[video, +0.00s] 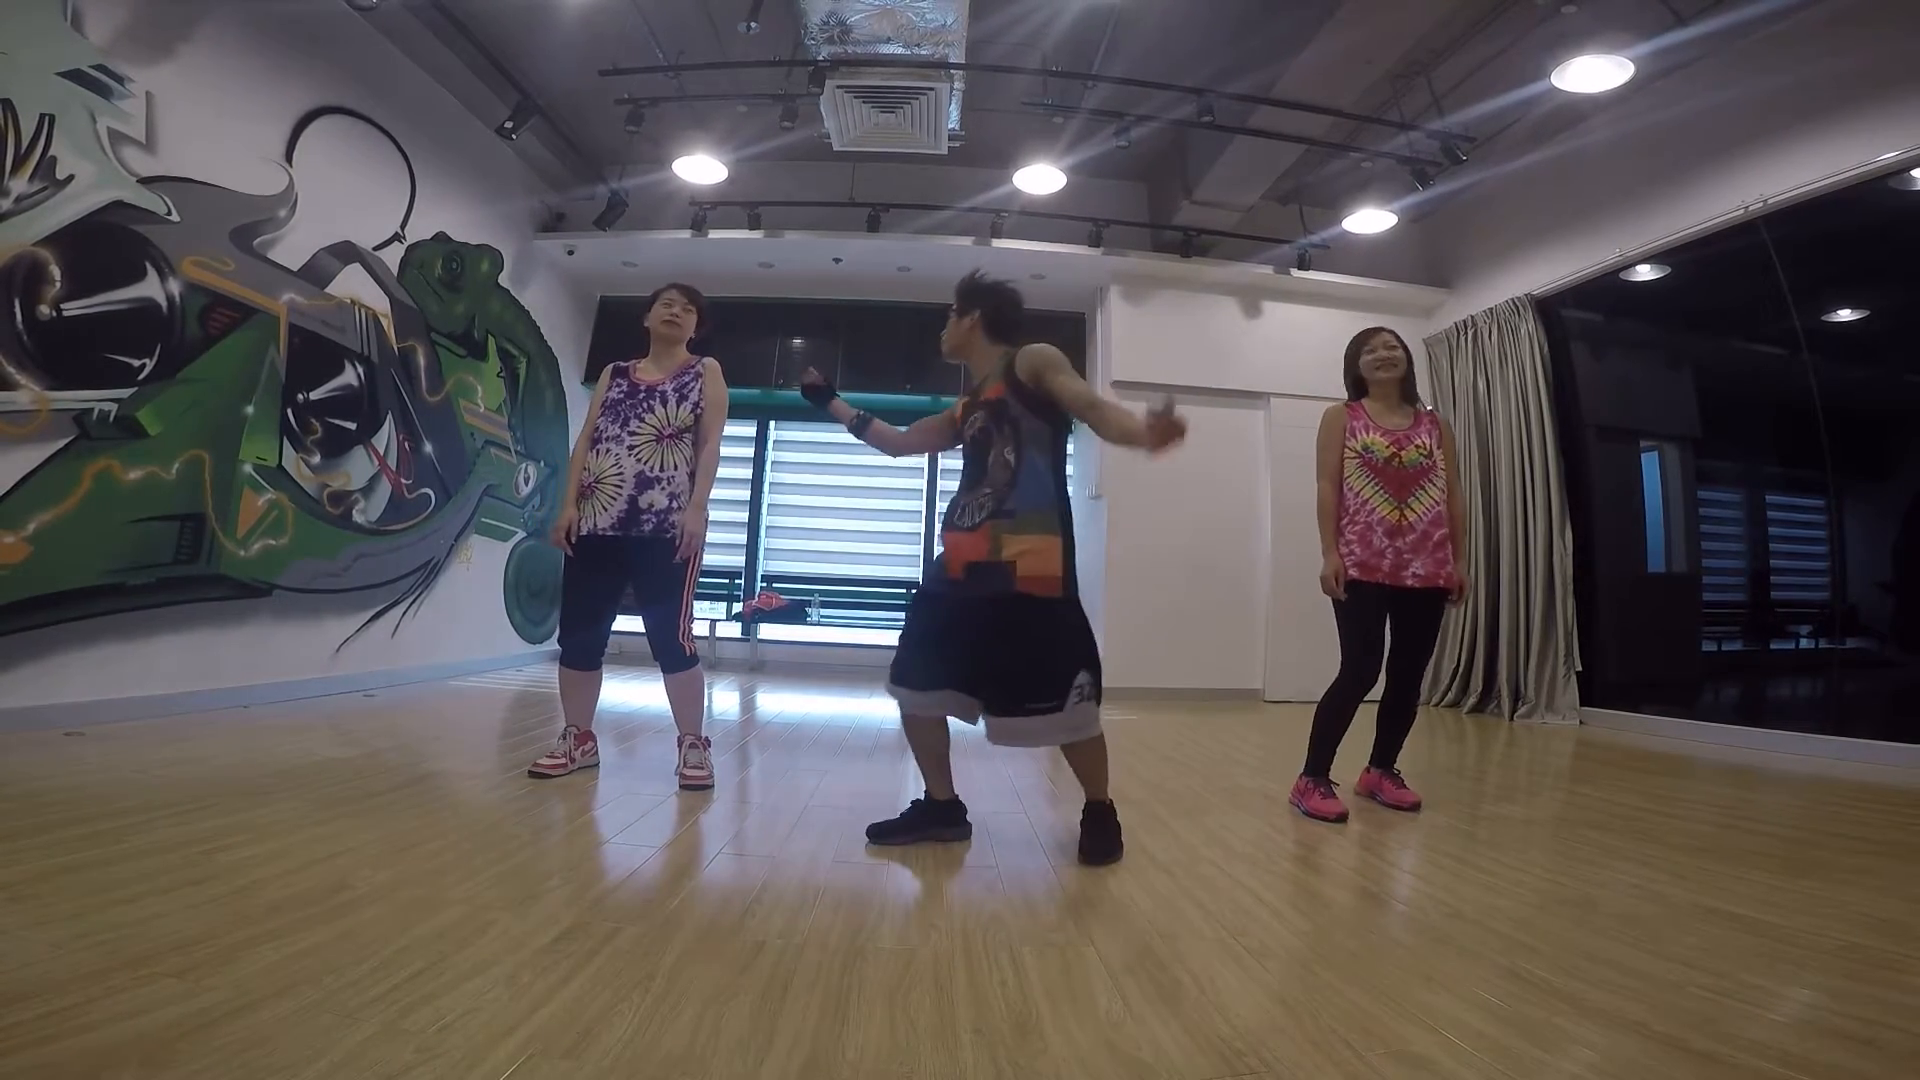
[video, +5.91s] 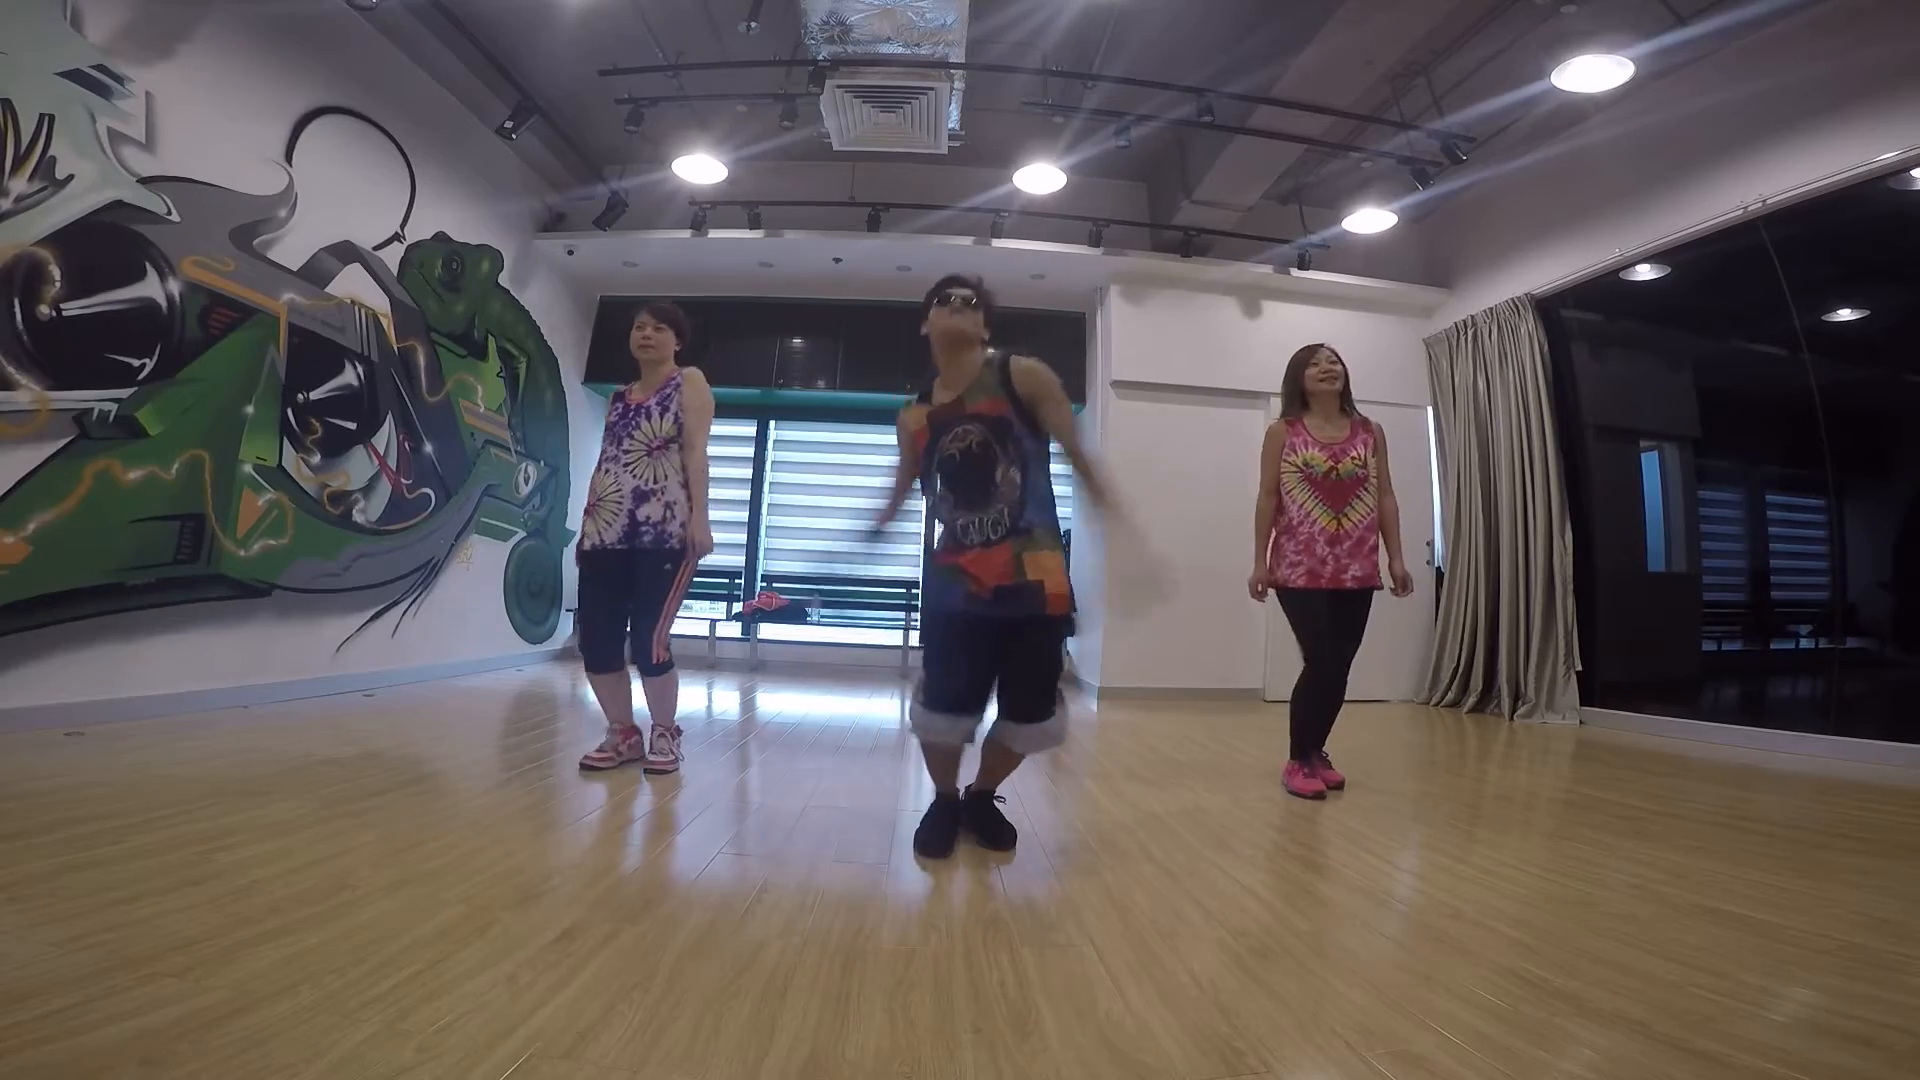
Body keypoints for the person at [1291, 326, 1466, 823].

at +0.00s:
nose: (1384, 354)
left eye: (1392, 346)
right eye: (1370, 350)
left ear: (1408, 360)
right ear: (1356, 368)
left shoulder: (1435, 424)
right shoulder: (1341, 417)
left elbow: (1452, 495)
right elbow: (1328, 486)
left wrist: (1458, 561)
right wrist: (1330, 554)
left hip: (1425, 570)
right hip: (1362, 568)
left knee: (1406, 679)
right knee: (1360, 672)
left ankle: (1381, 772)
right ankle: (1313, 780)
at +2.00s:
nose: (1380, 349)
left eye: (1389, 344)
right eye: (1368, 345)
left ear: (1403, 361)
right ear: (1349, 362)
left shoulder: (1427, 423)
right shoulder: (1327, 417)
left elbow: (1442, 495)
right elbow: (1312, 488)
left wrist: (1444, 564)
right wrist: (1309, 555)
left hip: (1408, 567)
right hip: (1340, 564)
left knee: (1399, 675)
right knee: (1321, 671)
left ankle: (1379, 772)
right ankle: (1283, 780)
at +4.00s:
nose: (1345, 365)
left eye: (1351, 360)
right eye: (1333, 361)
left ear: (1361, 375)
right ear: (1314, 376)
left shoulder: (1368, 434)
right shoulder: (1292, 417)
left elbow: (1370, 502)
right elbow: (1271, 472)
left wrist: (1385, 561)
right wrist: (1270, 509)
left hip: (1350, 565)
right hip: (1296, 559)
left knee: (1333, 665)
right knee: (1310, 658)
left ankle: (1308, 752)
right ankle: (1295, 762)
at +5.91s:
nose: (1326, 367)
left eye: (1334, 361)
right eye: (1314, 363)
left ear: (1346, 375)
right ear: (1298, 380)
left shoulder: (1368, 431)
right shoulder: (1283, 432)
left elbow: (1385, 496)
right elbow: (1268, 497)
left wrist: (1396, 556)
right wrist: (1260, 561)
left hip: (1357, 570)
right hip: (1298, 569)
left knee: (1338, 668)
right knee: (1321, 663)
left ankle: (1316, 754)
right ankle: (1299, 761)